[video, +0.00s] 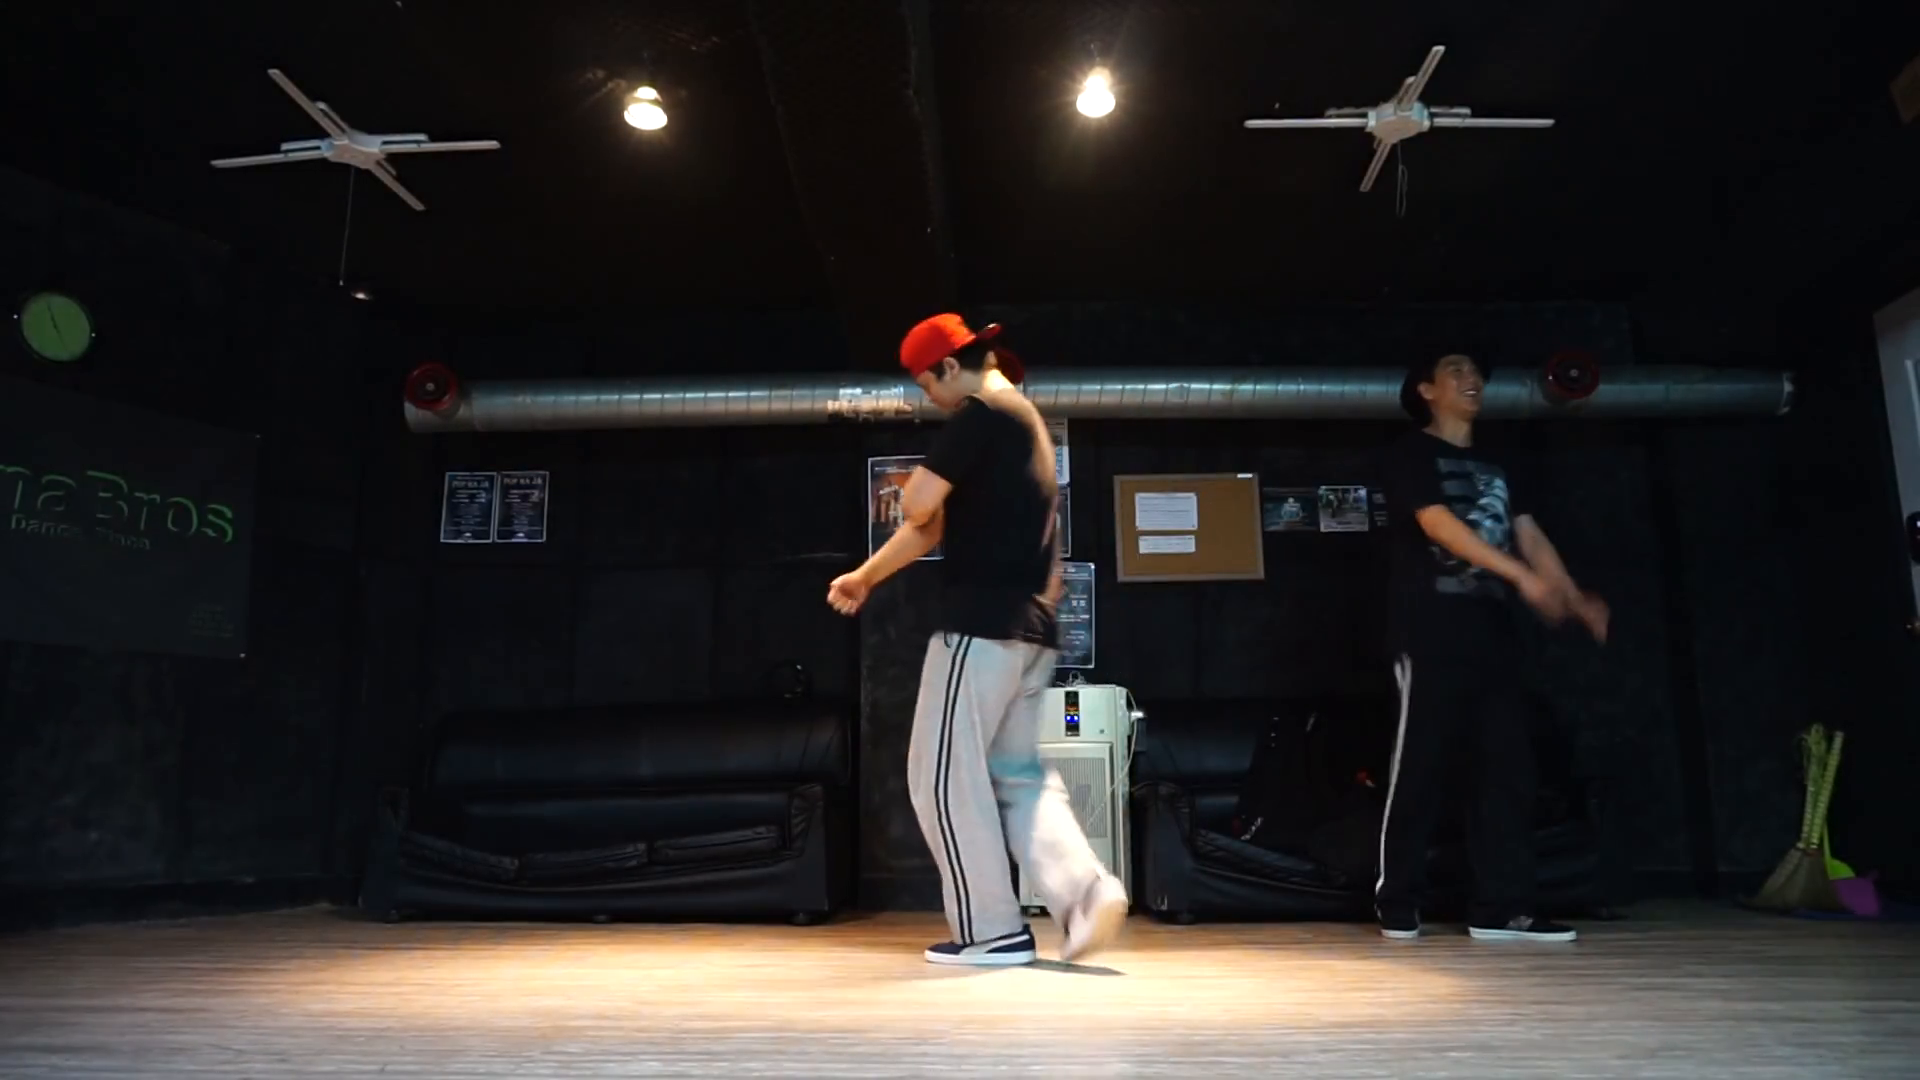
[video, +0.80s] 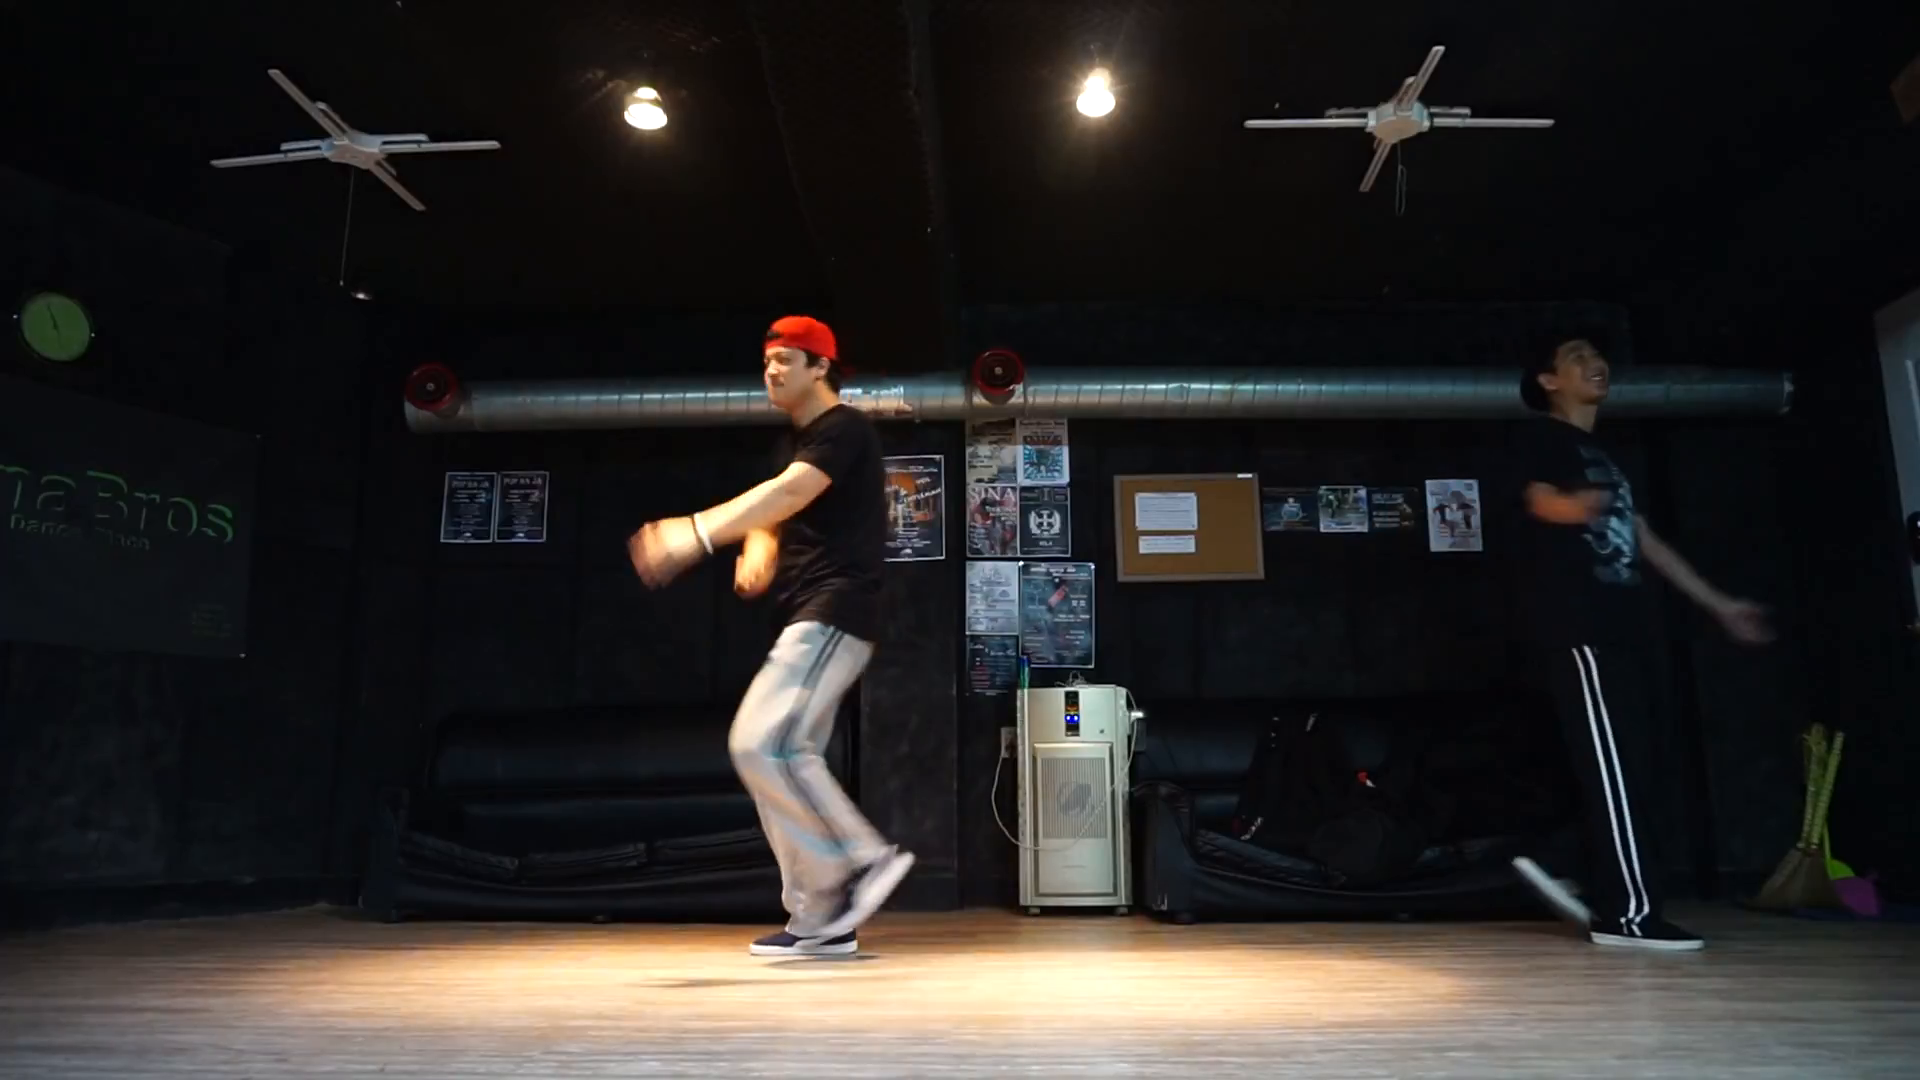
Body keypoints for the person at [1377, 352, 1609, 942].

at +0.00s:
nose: (1471, 382)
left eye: (1475, 375)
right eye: (1456, 374)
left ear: (1482, 393)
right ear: (1426, 392)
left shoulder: (1493, 467)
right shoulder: (1410, 456)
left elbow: (1529, 537)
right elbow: (1441, 527)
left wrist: (1574, 597)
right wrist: (1521, 575)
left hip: (1492, 630)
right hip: (1431, 631)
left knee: (1502, 765)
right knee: (1421, 767)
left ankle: (1499, 910)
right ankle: (1397, 903)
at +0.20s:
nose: (1506, 376)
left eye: (1508, 369)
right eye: (1491, 370)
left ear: (1514, 388)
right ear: (1463, 392)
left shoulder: (1524, 466)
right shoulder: (1447, 453)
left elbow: (1542, 550)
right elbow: (1426, 540)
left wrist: (1557, 623)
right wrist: (1436, 622)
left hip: (1526, 631)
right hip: (1473, 630)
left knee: (1526, 763)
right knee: (1479, 758)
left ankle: (1505, 906)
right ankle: (1418, 880)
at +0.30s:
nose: (1525, 372)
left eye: (1527, 365)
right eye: (1508, 366)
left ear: (1535, 387)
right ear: (1480, 389)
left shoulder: (1538, 465)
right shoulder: (1463, 448)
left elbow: (1538, 547)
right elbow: (1419, 521)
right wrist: (1388, 603)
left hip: (1534, 623)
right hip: (1484, 619)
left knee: (1538, 754)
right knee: (1524, 749)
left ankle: (1513, 902)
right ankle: (1474, 884)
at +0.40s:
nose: (1544, 369)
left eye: (1546, 363)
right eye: (1526, 362)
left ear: (1553, 386)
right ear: (1496, 384)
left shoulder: (1547, 462)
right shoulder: (1483, 443)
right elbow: (1421, 506)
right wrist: (1360, 573)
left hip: (1538, 625)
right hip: (1503, 624)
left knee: (1513, 766)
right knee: (1558, 762)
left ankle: (1497, 911)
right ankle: (1563, 908)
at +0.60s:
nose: (1573, 370)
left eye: (1577, 364)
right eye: (1557, 362)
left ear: (1581, 387)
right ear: (1524, 383)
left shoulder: (1573, 459)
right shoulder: (1513, 440)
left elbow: (1570, 551)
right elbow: (1456, 487)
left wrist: (1607, 617)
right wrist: (1397, 532)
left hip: (1576, 624)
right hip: (1538, 621)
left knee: (1540, 764)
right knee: (1588, 761)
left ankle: (1502, 904)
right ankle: (1627, 914)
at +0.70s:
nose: (1586, 367)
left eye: (1588, 360)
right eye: (1569, 360)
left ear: (1593, 380)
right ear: (1536, 381)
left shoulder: (1590, 459)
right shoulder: (1528, 439)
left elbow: (1618, 551)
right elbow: (1491, 492)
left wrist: (1664, 615)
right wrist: (1467, 516)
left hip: (1600, 623)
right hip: (1557, 623)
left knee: (1589, 761)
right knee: (1600, 761)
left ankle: (1521, 884)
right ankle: (1626, 915)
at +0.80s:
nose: (1597, 369)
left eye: (1600, 361)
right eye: (1581, 361)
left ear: (1606, 381)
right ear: (1548, 383)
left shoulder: (1600, 459)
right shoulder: (1541, 441)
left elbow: (1646, 542)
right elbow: (1540, 499)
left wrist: (1719, 604)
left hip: (1619, 627)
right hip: (1576, 628)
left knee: (1631, 754)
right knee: (1610, 761)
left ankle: (1561, 862)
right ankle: (1629, 913)